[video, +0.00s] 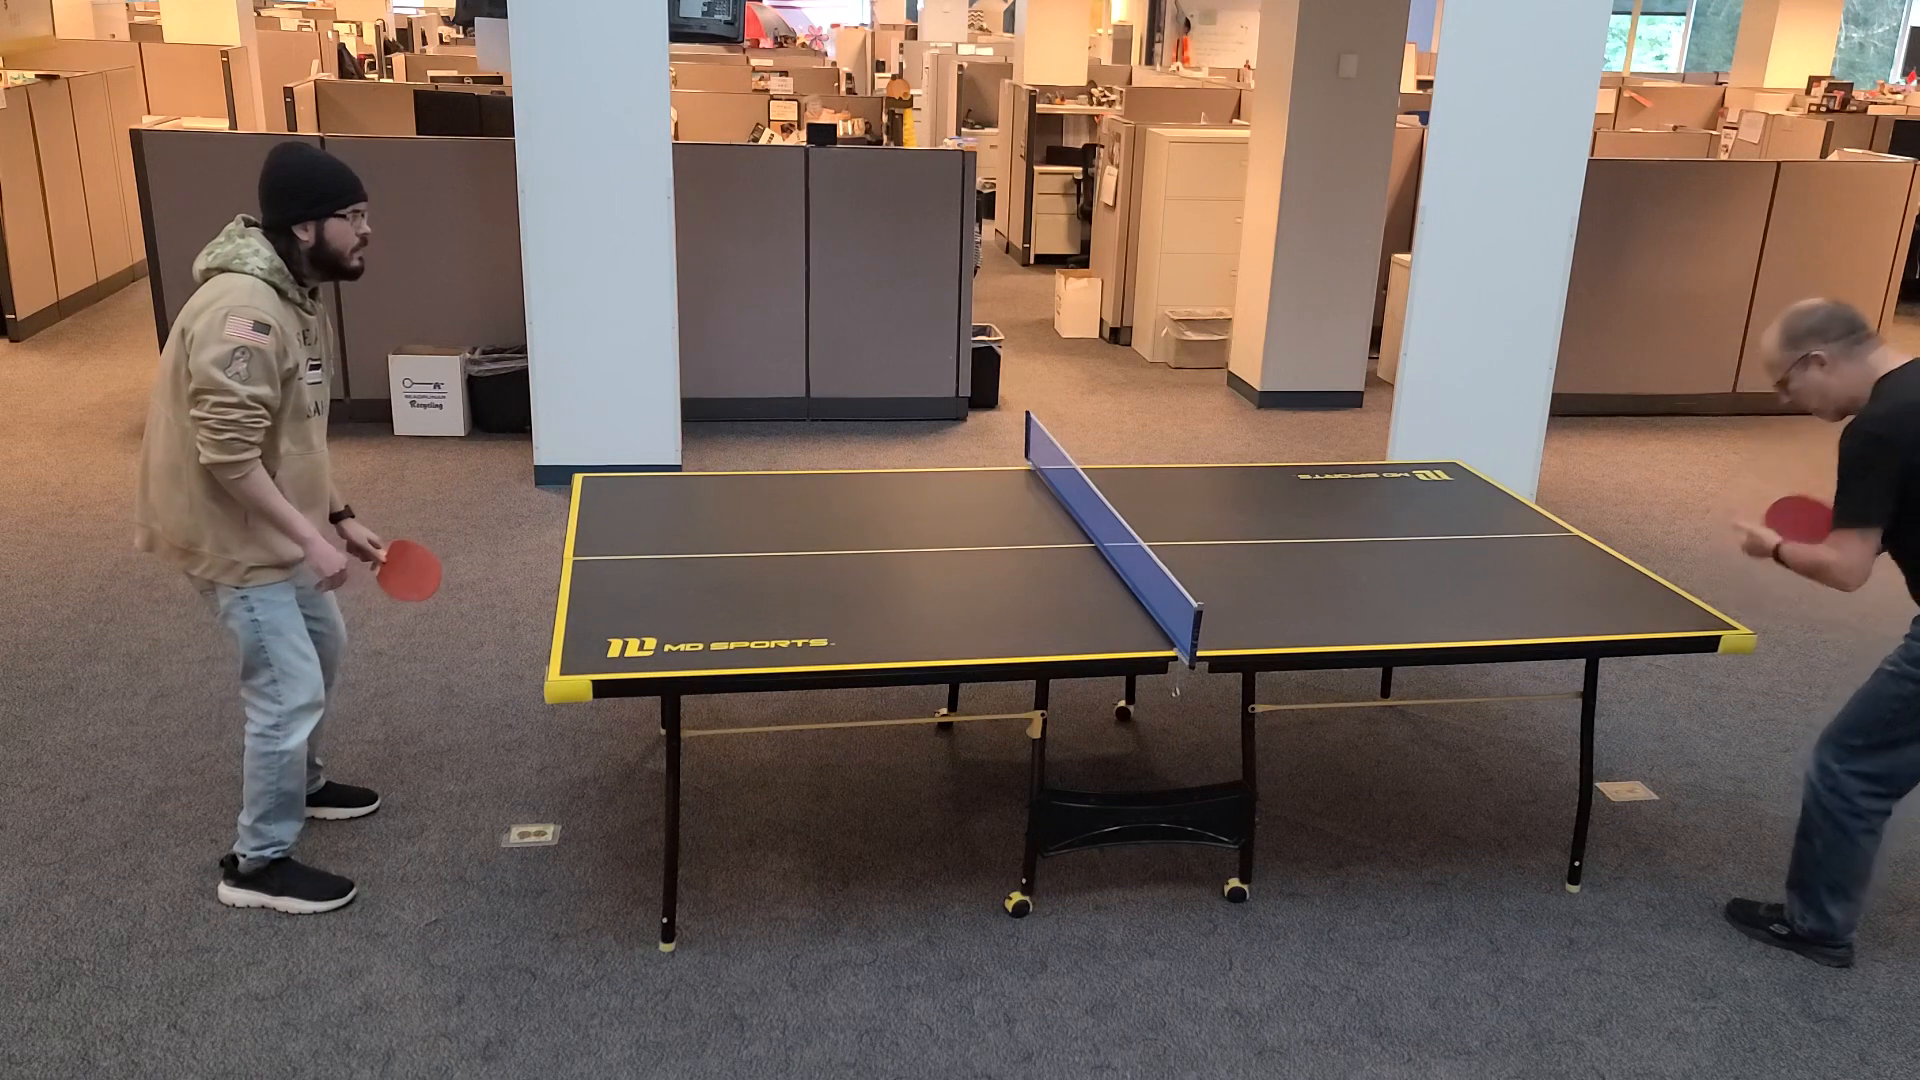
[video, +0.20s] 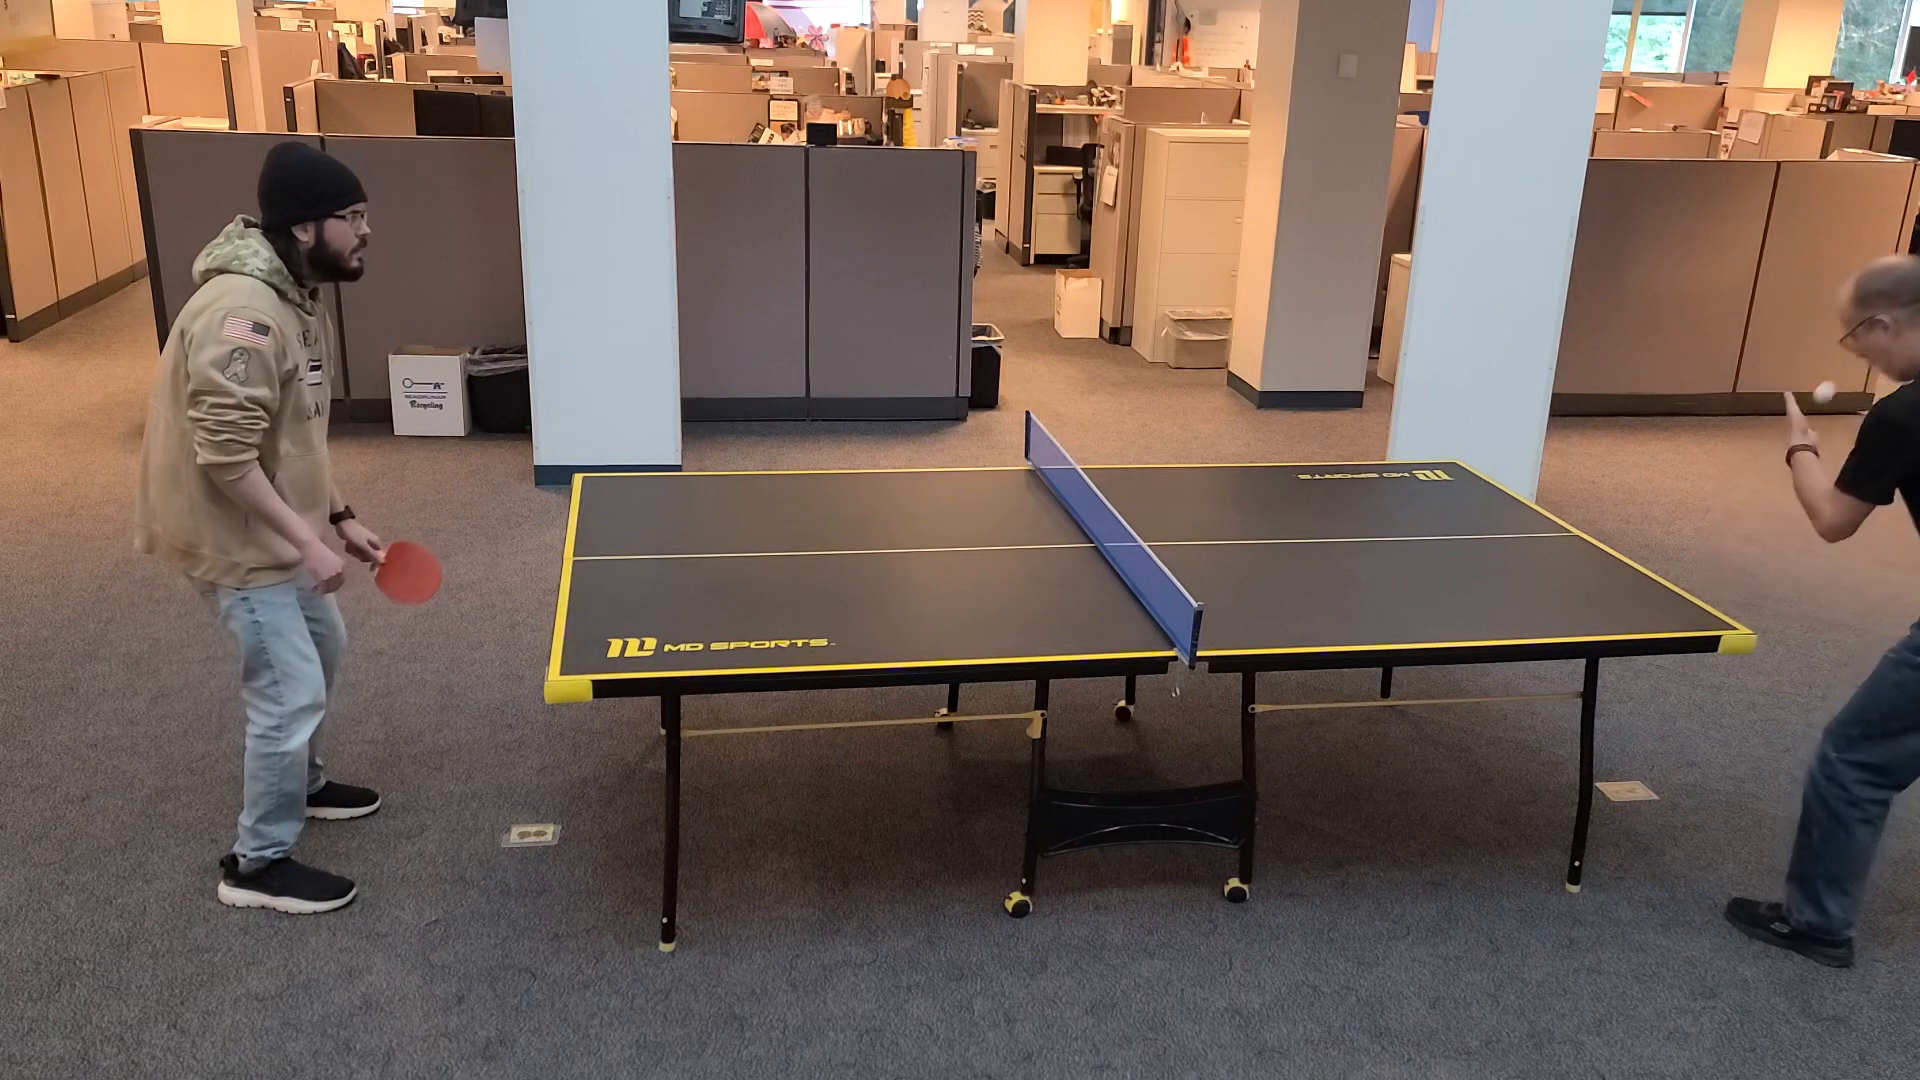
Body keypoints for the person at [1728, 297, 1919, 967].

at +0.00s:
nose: (1793, 402)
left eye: (1788, 384)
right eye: (1785, 390)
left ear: (1821, 358)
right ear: (1839, 353)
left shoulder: (1878, 429)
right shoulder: (1912, 387)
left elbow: (1847, 568)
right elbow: (1914, 514)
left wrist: (1774, 547)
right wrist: (1837, 525)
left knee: (1849, 761)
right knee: (1862, 758)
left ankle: (1820, 923)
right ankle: (1821, 920)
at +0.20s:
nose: (1855, 350)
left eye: (1858, 334)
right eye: (1851, 335)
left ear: (1898, 323)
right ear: (1904, 324)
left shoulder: (1904, 414)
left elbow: (1834, 519)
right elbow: (1838, 513)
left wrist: (1800, 449)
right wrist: (1812, 458)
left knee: (1853, 758)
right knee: (1863, 755)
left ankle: (1819, 922)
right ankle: (1821, 918)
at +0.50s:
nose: (1859, 335)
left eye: (1861, 321)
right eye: (1858, 322)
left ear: (1890, 312)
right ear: (1911, 310)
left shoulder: (1896, 398)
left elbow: (1853, 530)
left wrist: (1823, 540)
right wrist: (1833, 535)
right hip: (1919, 620)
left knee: (1840, 744)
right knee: (1848, 744)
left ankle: (1824, 911)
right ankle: (1825, 909)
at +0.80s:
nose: (1756, 340)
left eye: (1757, 324)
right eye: (1752, 326)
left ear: (1803, 307)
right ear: (1808, 304)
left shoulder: (1873, 371)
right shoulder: (1883, 352)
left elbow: (1919, 495)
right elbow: (1900, 488)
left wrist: (1854, 575)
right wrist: (1836, 536)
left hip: (1900, 606)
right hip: (1902, 598)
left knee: (1817, 756)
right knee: (1918, 740)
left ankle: (1822, 915)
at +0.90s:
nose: (1747, 318)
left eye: (1749, 302)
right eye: (1743, 304)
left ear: (1794, 290)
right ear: (1800, 287)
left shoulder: (1876, 362)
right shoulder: (1838, 350)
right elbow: (1864, 457)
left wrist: (1869, 573)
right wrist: (1816, 506)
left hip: (1895, 590)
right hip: (1880, 581)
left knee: (1816, 752)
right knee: (1882, 730)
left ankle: (1822, 913)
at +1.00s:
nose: (1738, 297)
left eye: (1746, 283)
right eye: (1736, 284)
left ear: (1796, 279)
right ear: (1797, 279)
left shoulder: (1877, 358)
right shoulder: (1815, 345)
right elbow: (1815, 442)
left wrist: (1859, 572)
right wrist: (1780, 494)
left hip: (1884, 577)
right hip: (1834, 561)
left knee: (1799, 741)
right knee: (1789, 680)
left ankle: (1821, 907)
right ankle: (1865, 823)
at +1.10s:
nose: (1731, 300)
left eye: (1740, 286)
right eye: (1731, 285)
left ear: (1793, 282)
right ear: (1789, 282)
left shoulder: (1868, 364)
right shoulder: (1799, 344)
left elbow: (1912, 487)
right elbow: (1776, 432)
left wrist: (1843, 578)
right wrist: (1748, 479)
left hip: (1874, 564)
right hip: (1810, 547)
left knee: (1785, 732)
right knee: (1745, 650)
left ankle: (1819, 905)